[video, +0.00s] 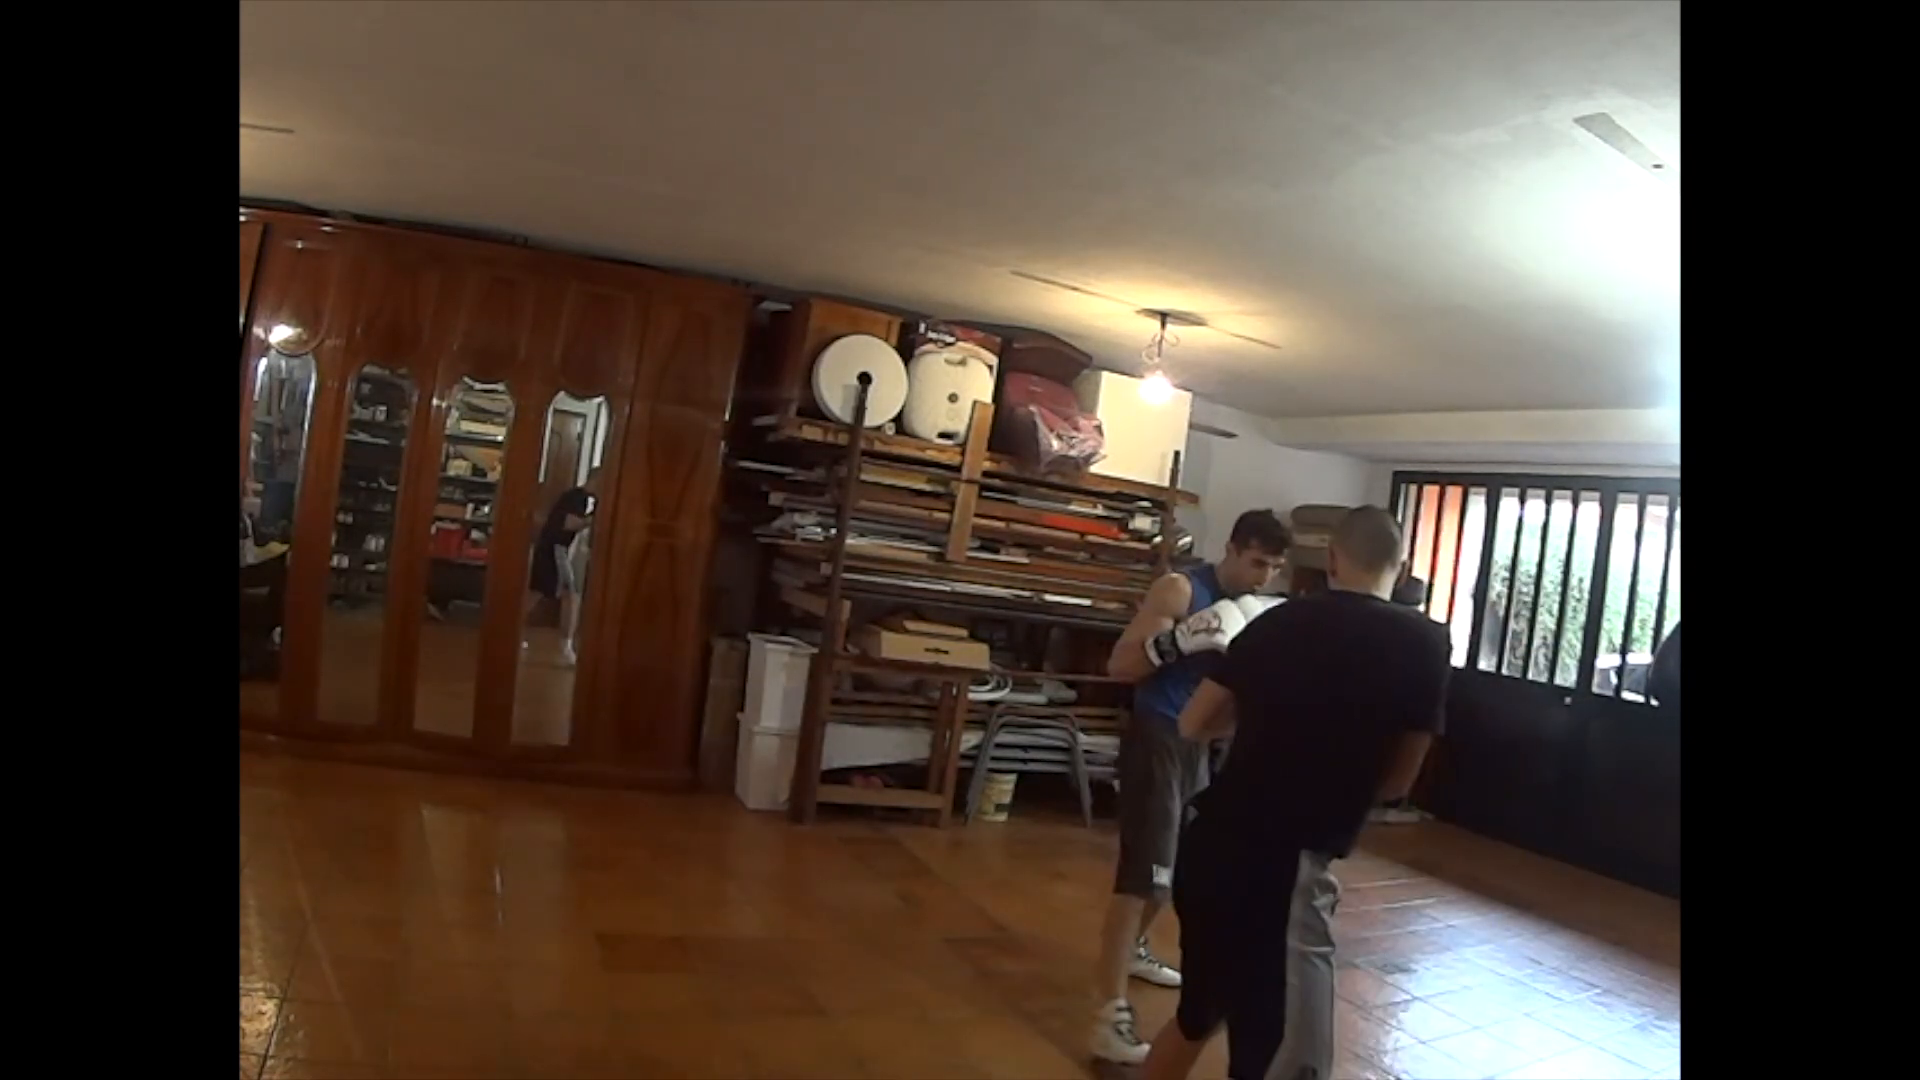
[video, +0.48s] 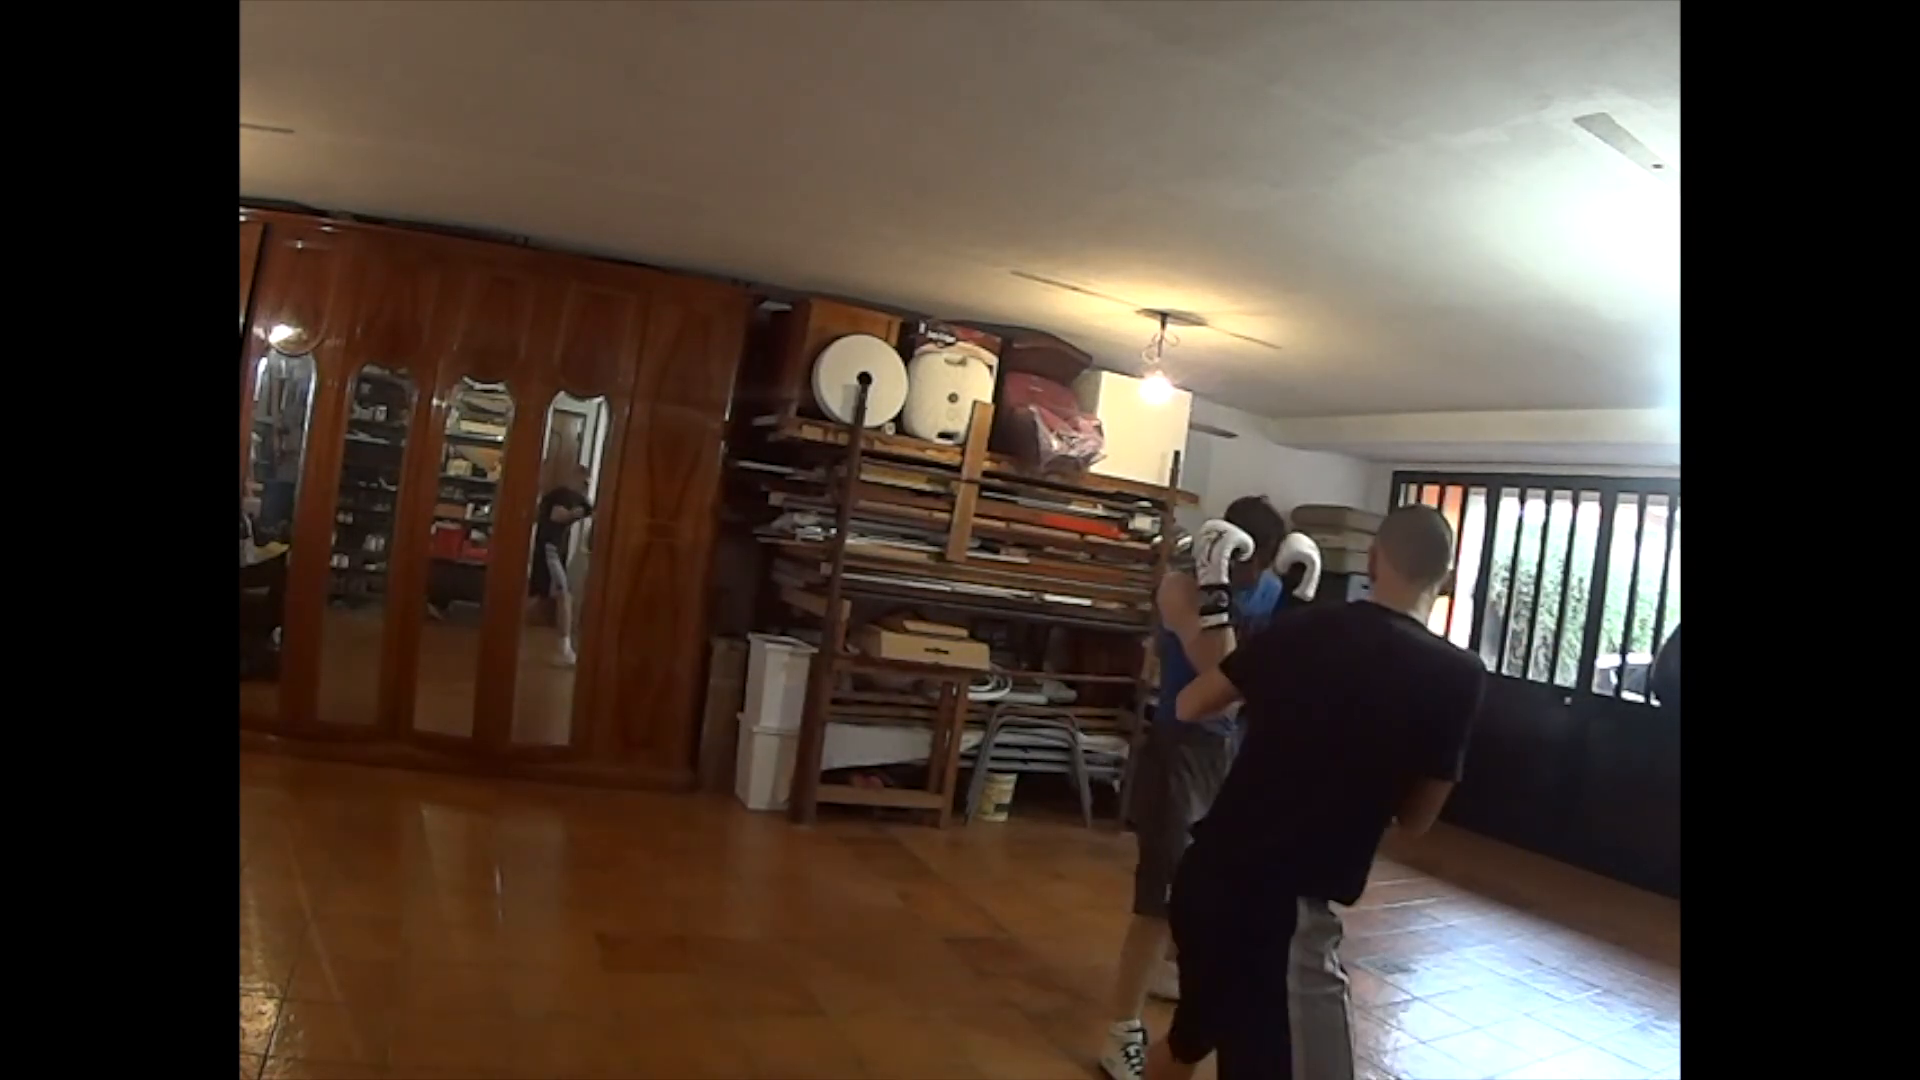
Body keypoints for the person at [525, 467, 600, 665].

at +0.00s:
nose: (602, 486)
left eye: (602, 481)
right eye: (601, 481)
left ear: (591, 479)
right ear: (594, 479)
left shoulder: (577, 497)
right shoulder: (578, 497)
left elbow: (571, 522)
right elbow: (569, 523)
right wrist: (590, 521)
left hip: (553, 544)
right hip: (555, 546)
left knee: (537, 590)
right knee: (571, 595)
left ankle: (515, 631)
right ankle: (566, 644)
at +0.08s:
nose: (601, 486)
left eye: (601, 481)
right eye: (600, 481)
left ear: (590, 479)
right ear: (593, 479)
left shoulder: (575, 496)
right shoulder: (577, 496)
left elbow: (569, 521)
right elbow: (566, 523)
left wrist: (587, 520)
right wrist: (590, 521)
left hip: (558, 547)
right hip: (555, 547)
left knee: (536, 593)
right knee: (570, 595)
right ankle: (566, 644)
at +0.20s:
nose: (591, 488)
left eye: (594, 484)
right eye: (589, 483)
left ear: (594, 485)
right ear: (580, 478)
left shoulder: (582, 501)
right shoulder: (568, 495)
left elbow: (586, 522)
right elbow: (558, 520)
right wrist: (583, 524)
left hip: (559, 546)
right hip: (551, 544)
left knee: (538, 594)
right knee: (570, 596)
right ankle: (566, 646)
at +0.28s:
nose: (590, 487)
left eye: (592, 483)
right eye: (588, 482)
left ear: (586, 482)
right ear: (578, 479)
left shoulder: (579, 500)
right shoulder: (567, 495)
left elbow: (592, 513)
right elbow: (555, 520)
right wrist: (580, 523)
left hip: (559, 545)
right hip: (550, 544)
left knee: (537, 593)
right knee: (567, 594)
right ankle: (566, 645)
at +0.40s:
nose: (586, 481)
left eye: (587, 478)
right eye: (583, 477)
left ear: (584, 480)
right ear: (574, 477)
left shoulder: (579, 499)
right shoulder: (563, 494)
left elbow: (588, 515)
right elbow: (555, 517)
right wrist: (579, 516)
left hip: (560, 547)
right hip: (550, 545)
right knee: (564, 595)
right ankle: (565, 644)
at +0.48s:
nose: (586, 483)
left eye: (587, 480)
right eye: (583, 479)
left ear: (584, 481)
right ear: (573, 477)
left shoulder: (578, 499)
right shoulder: (561, 494)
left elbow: (589, 511)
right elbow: (555, 516)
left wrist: (572, 513)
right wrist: (575, 514)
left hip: (560, 546)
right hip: (549, 544)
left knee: (536, 594)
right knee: (563, 593)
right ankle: (564, 645)